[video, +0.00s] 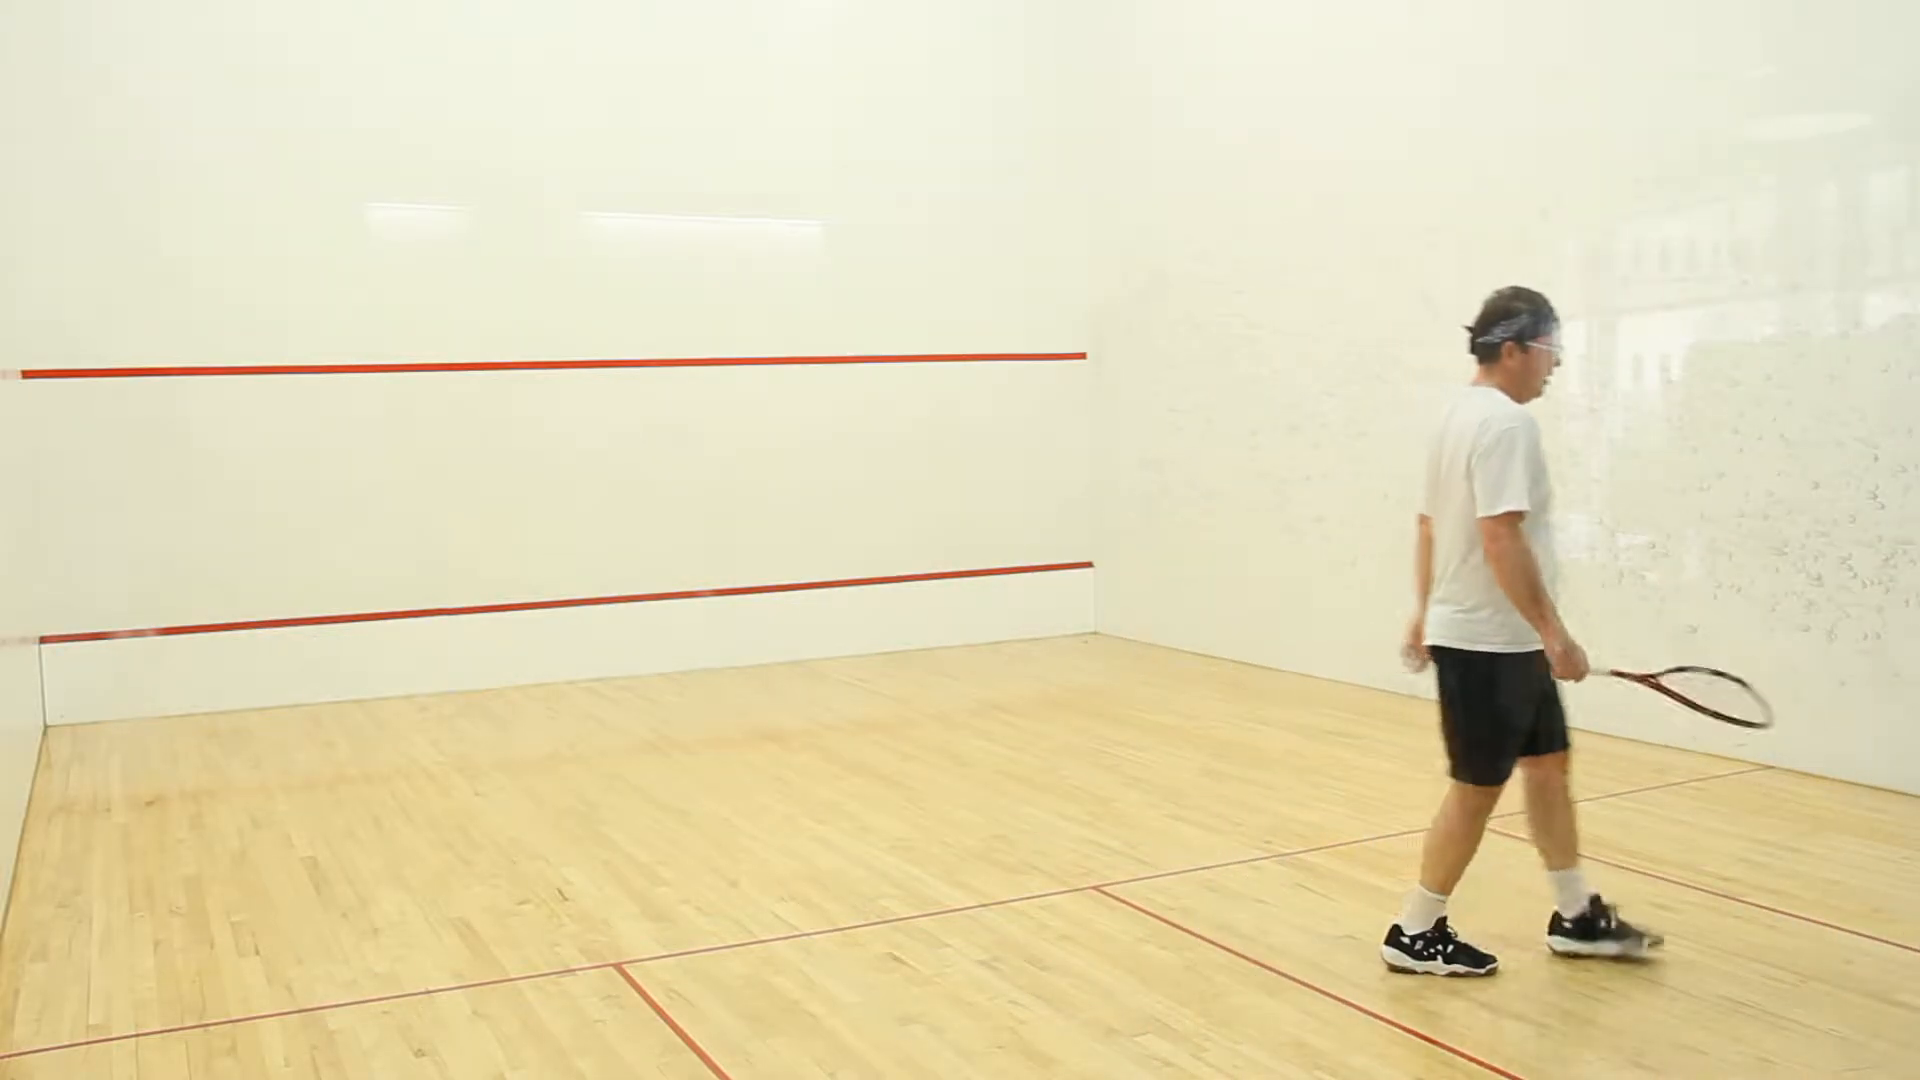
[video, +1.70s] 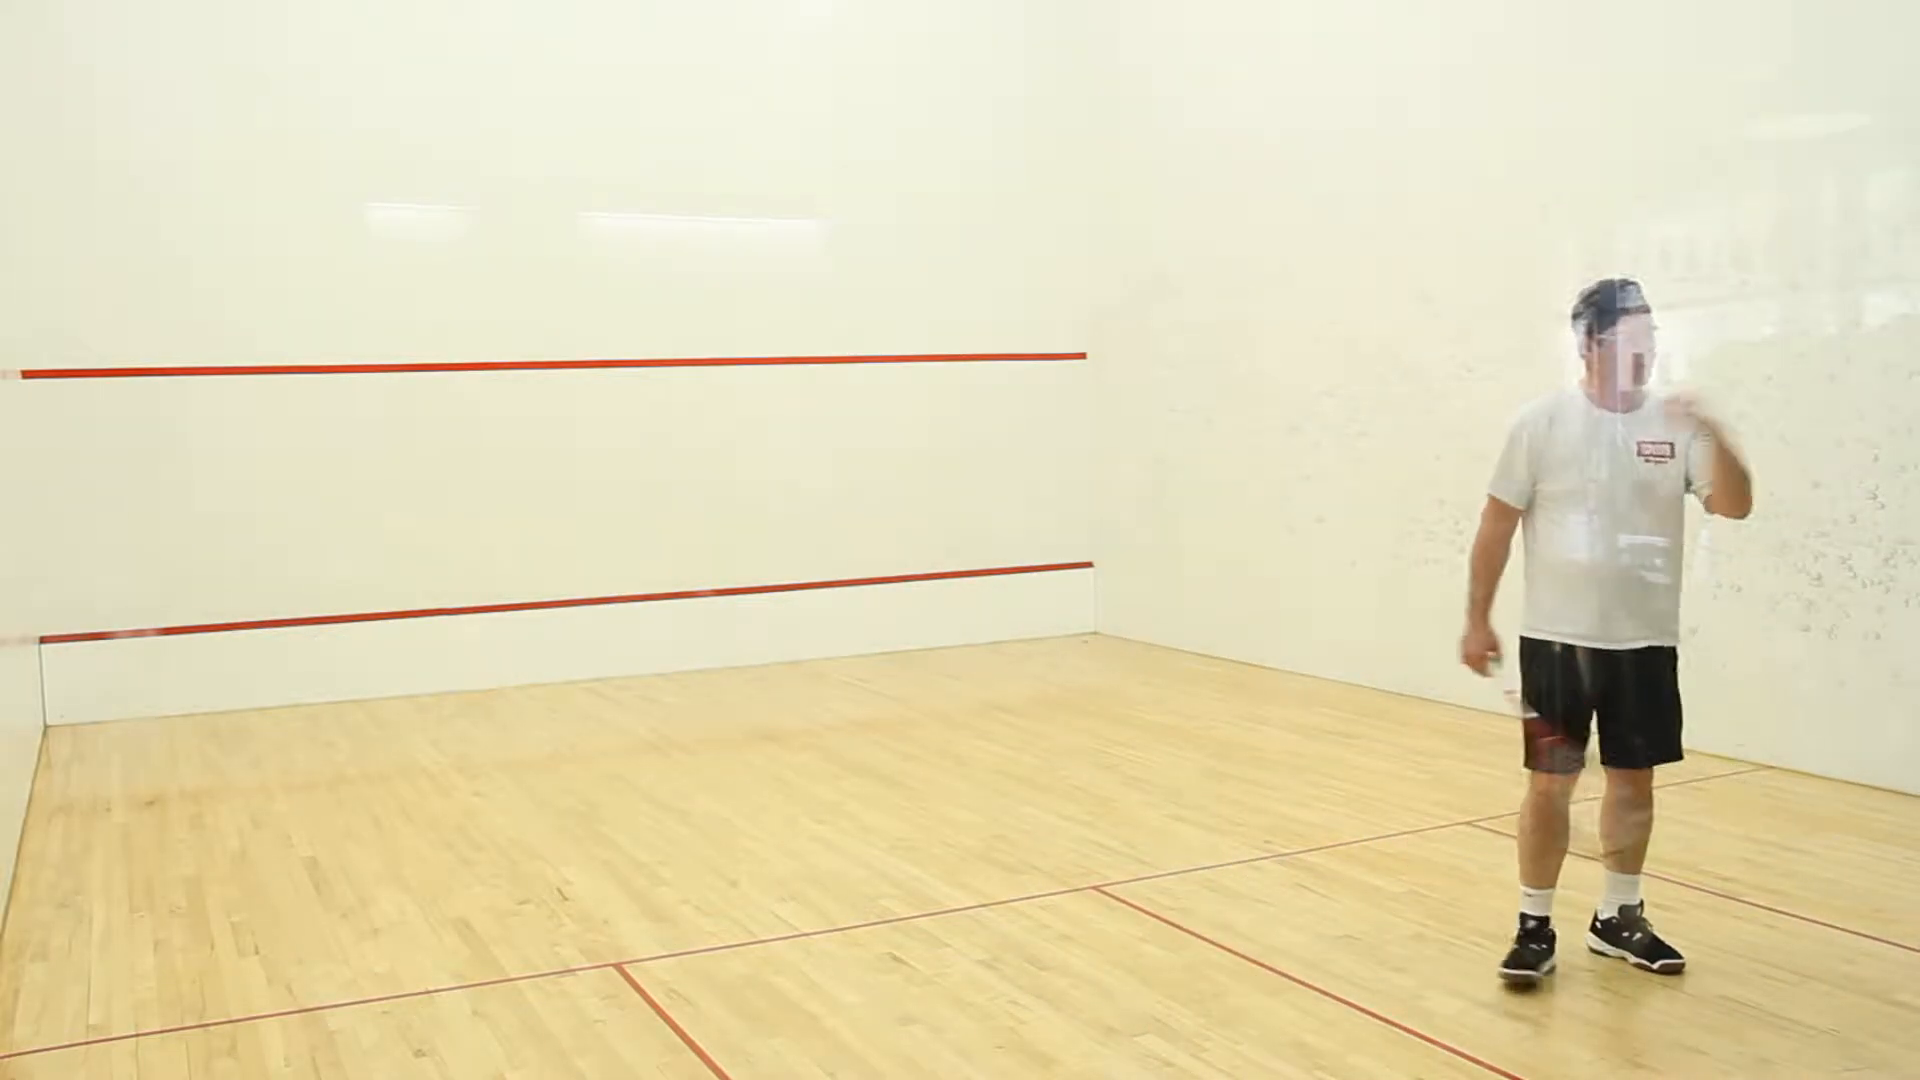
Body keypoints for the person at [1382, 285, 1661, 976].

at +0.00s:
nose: (1556, 362)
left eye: (1556, 349)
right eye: (1549, 348)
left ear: (1499, 350)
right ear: (1513, 348)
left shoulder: (1460, 414)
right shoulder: (1506, 423)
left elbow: (1428, 525)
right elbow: (1502, 540)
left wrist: (1423, 609)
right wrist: (1555, 635)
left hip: (1497, 637)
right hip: (1488, 640)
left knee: (1547, 760)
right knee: (1480, 782)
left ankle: (1576, 912)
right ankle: (1417, 929)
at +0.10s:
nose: (1573, 367)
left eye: (1573, 354)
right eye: (1567, 352)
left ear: (1516, 352)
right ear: (1532, 350)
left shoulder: (1490, 419)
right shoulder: (1521, 425)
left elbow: (1482, 544)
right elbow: (1520, 546)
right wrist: (1561, 647)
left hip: (1527, 637)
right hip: (1512, 642)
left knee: (1576, 759)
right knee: (1517, 783)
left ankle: (1581, 915)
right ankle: (1429, 917)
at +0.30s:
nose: (1607, 357)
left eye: (1607, 343)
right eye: (1598, 342)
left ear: (1553, 344)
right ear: (1558, 342)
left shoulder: (1553, 417)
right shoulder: (1533, 422)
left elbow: (1562, 537)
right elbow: (1531, 542)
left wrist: (1604, 625)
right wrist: (1568, 637)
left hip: (1587, 630)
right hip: (1560, 636)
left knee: (1605, 773)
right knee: (1604, 770)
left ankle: (1583, 917)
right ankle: (1491, 895)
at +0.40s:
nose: (1615, 354)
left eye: (1615, 340)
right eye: (1608, 340)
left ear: (1571, 339)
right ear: (1572, 339)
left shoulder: (1572, 417)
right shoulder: (1539, 418)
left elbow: (1614, 516)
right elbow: (1530, 532)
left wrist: (1670, 577)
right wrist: (1563, 636)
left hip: (1603, 628)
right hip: (1573, 634)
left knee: (1608, 766)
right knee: (1617, 765)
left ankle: (1585, 915)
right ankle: (1547, 923)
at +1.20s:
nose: (1635, 336)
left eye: (1631, 324)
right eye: (1626, 325)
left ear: (1591, 337)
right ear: (1594, 335)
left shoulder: (1614, 418)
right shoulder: (1563, 416)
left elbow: (1643, 514)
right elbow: (1549, 536)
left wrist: (1726, 538)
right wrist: (1588, 630)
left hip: (1624, 635)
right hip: (1563, 638)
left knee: (1640, 764)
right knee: (1571, 778)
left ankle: (1622, 913)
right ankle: (1544, 935)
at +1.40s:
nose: (1652, 334)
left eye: (1650, 323)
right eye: (1640, 323)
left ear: (1619, 337)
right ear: (1599, 335)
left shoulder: (1654, 421)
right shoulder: (1555, 424)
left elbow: (1713, 499)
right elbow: (1534, 531)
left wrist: (1810, 473)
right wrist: (1578, 623)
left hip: (1637, 636)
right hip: (1565, 636)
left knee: (1633, 769)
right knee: (1571, 778)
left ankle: (1620, 918)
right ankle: (1543, 935)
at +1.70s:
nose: (1643, 356)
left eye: (1649, 341)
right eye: (1628, 342)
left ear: (1656, 344)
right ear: (1588, 345)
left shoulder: (1675, 425)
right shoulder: (1541, 424)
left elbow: (1734, 505)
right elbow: (1497, 523)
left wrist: (1711, 433)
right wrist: (1477, 619)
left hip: (1643, 639)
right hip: (1556, 636)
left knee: (1633, 781)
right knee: (1549, 782)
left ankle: (1620, 917)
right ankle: (1534, 926)